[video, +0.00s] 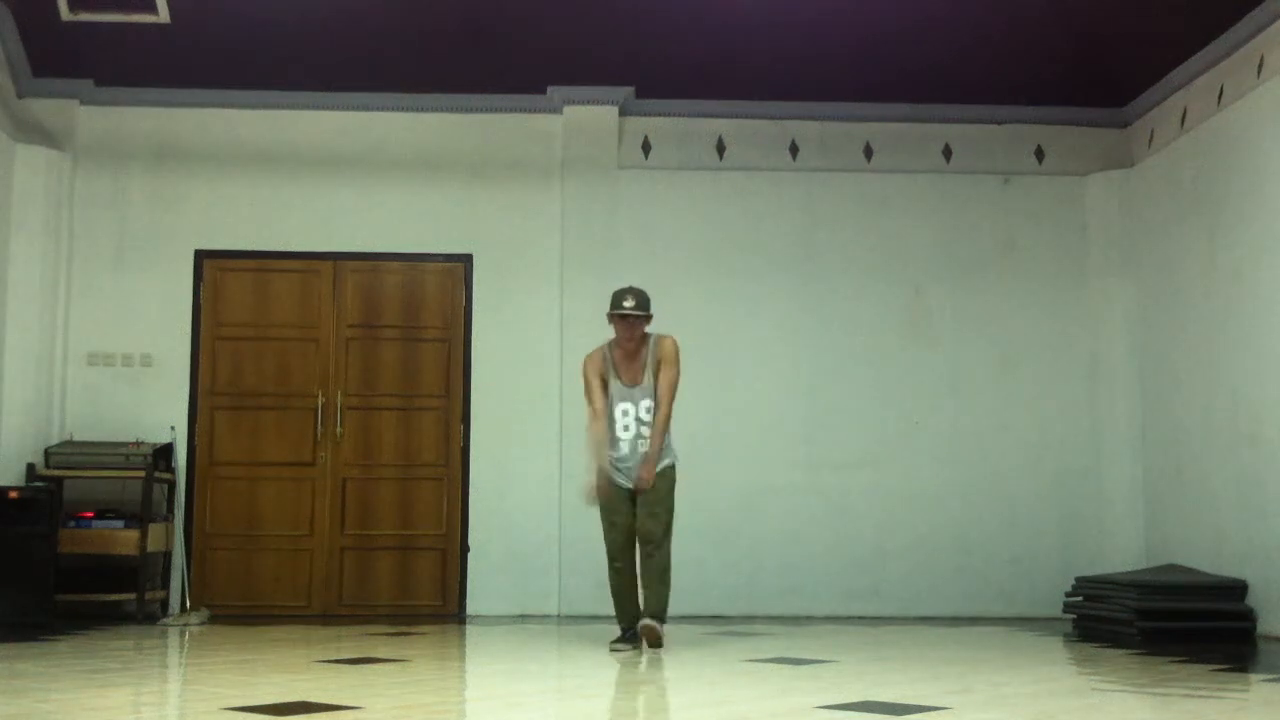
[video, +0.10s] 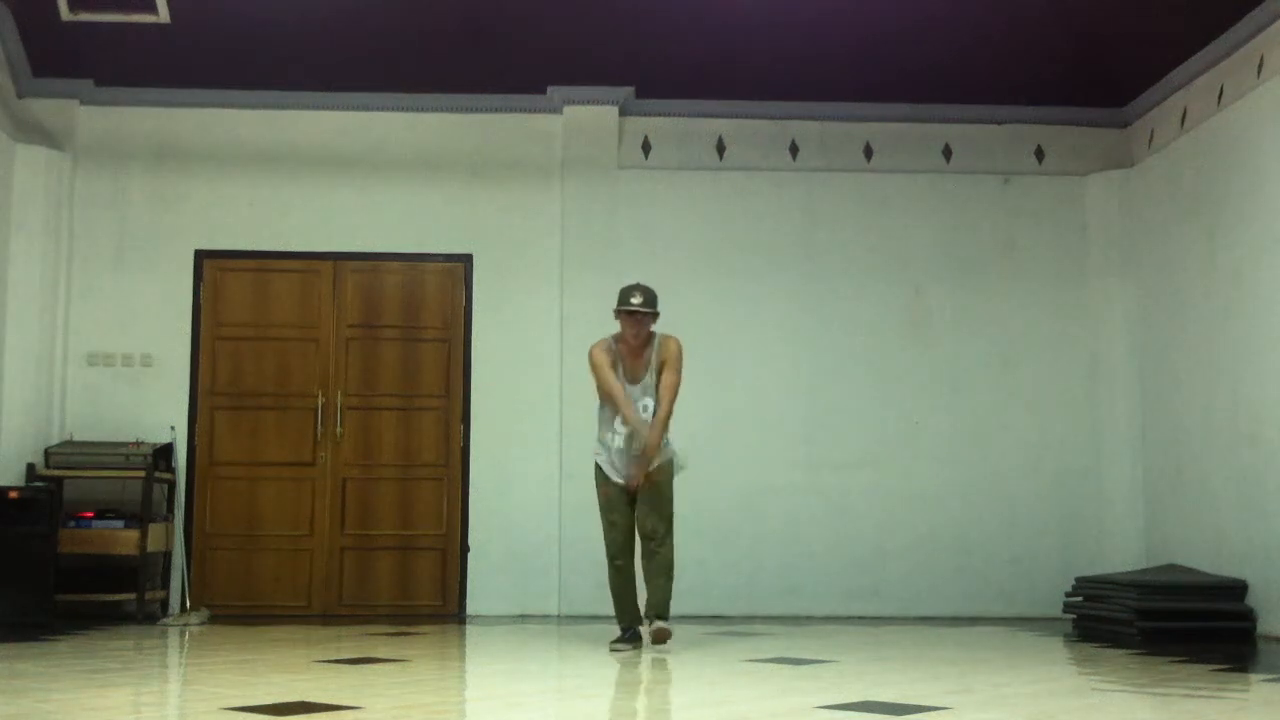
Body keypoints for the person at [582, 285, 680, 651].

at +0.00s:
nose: (628, 326)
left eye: (635, 320)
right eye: (621, 319)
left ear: (647, 321)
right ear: (611, 320)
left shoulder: (664, 348)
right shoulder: (595, 360)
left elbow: (664, 407)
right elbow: (598, 417)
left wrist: (651, 460)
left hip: (655, 465)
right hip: (613, 468)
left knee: (653, 542)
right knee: (618, 550)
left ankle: (653, 621)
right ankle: (629, 627)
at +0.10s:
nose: (635, 323)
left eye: (642, 317)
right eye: (628, 316)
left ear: (653, 319)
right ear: (617, 316)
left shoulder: (668, 347)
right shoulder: (601, 352)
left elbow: (664, 408)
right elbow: (616, 396)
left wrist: (644, 461)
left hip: (655, 460)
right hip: (611, 461)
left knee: (655, 539)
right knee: (618, 547)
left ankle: (657, 619)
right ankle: (629, 627)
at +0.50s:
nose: (659, 331)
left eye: (666, 325)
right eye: (652, 324)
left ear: (677, 330)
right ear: (641, 326)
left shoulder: (685, 373)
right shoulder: (622, 356)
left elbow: (670, 432)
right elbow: (619, 414)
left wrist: (650, 479)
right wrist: (674, 422)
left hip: (665, 469)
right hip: (621, 466)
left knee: (664, 546)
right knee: (628, 540)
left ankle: (656, 626)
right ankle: (628, 621)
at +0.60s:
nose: (654, 328)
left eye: (662, 322)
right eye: (648, 321)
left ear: (673, 326)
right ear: (637, 324)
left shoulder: (686, 365)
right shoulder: (619, 356)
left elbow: (675, 424)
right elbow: (616, 419)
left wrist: (658, 475)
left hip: (666, 468)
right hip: (621, 467)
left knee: (662, 547)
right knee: (627, 544)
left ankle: (656, 628)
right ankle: (630, 624)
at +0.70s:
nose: (647, 321)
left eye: (654, 315)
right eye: (640, 315)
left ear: (666, 318)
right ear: (630, 318)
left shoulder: (684, 356)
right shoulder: (614, 354)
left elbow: (678, 416)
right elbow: (603, 410)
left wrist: (663, 470)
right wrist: (593, 464)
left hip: (666, 466)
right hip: (621, 466)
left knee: (662, 548)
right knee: (625, 544)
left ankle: (657, 628)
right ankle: (629, 623)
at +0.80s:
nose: (640, 315)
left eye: (647, 308)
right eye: (632, 309)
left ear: (659, 312)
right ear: (622, 313)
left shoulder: (679, 349)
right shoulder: (607, 353)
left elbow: (681, 410)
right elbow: (582, 406)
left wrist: (665, 462)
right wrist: (558, 454)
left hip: (666, 464)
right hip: (621, 464)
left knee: (662, 548)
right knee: (623, 545)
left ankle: (656, 628)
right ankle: (624, 627)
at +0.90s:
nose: (631, 313)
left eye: (638, 307)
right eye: (624, 307)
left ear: (651, 310)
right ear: (615, 312)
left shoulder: (672, 346)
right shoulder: (601, 356)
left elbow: (683, 403)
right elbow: (570, 404)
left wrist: (664, 457)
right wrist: (538, 443)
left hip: (663, 465)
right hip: (619, 467)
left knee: (659, 549)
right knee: (620, 549)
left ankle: (655, 629)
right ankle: (626, 627)